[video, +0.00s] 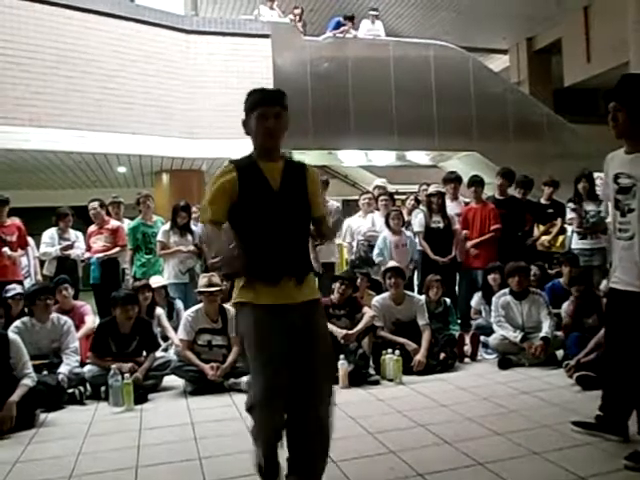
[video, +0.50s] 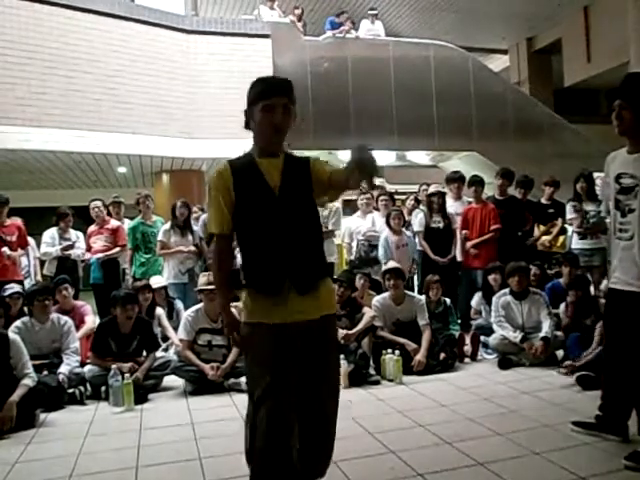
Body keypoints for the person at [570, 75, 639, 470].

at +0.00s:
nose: (612, 122)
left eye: (617, 114)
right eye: (611, 115)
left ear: (632, 117)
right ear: (618, 119)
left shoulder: (632, 163)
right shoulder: (614, 160)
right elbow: (614, 222)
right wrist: (610, 273)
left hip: (637, 283)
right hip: (620, 279)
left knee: (636, 359)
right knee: (618, 353)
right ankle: (613, 418)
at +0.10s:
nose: (612, 120)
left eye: (618, 112)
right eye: (611, 113)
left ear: (633, 116)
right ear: (616, 118)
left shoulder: (631, 162)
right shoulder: (613, 160)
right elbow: (614, 222)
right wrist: (610, 271)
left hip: (636, 283)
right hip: (620, 280)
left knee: (639, 361)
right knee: (617, 354)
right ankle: (613, 419)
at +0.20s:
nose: (613, 120)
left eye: (618, 112)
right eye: (612, 113)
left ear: (633, 116)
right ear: (616, 118)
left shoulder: (631, 162)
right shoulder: (613, 160)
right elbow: (613, 222)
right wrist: (609, 271)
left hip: (636, 283)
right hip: (619, 279)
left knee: (637, 360)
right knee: (617, 354)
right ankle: (613, 419)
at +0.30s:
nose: (614, 119)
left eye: (620, 111)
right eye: (612, 112)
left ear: (636, 115)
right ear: (614, 118)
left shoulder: (633, 162)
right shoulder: (613, 160)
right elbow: (613, 222)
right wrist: (608, 270)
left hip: (636, 282)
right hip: (619, 279)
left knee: (636, 360)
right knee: (617, 353)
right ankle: (612, 419)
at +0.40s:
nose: (615, 119)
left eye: (621, 111)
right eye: (613, 112)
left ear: (637, 115)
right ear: (615, 118)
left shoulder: (633, 162)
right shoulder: (613, 161)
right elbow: (613, 222)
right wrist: (608, 270)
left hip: (636, 282)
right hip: (618, 279)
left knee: (636, 360)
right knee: (617, 354)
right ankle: (612, 419)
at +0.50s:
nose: (616, 119)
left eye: (622, 111)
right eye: (614, 112)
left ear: (638, 115)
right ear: (617, 118)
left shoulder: (632, 162)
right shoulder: (614, 160)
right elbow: (612, 220)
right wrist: (609, 271)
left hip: (636, 282)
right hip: (619, 279)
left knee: (635, 360)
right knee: (617, 354)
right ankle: (612, 419)